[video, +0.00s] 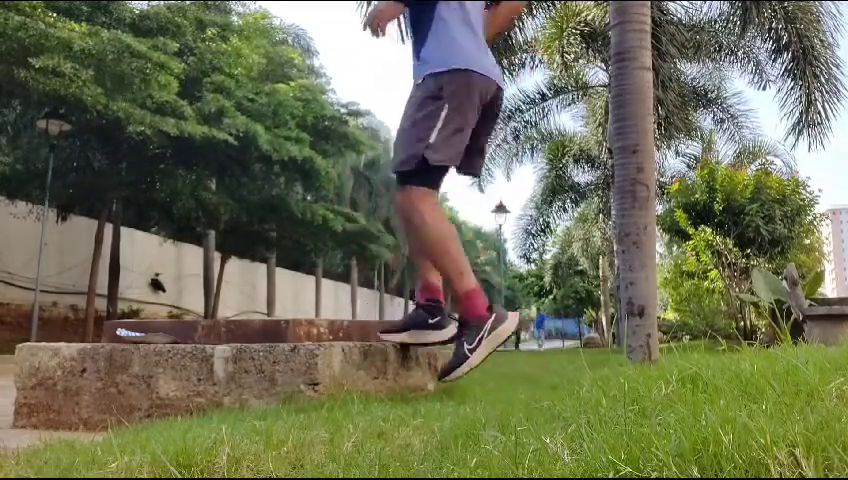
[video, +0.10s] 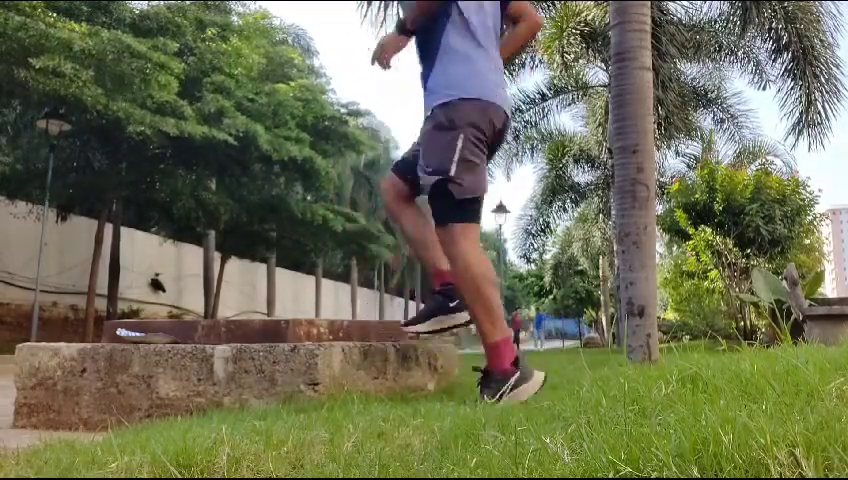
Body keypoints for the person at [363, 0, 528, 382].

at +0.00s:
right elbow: (515, 2)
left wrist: (392, 5)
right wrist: (474, 37)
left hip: (449, 66)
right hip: (487, 74)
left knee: (414, 194)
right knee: (415, 194)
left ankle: (478, 316)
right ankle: (430, 306)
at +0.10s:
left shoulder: (425, 3)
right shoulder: (492, 3)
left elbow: (430, 6)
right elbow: (531, 21)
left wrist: (401, 33)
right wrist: (489, 62)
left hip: (458, 95)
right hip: (496, 103)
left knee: (459, 239)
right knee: (395, 188)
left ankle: (505, 367)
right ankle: (446, 288)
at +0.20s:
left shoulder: (426, 2)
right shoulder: (492, 6)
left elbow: (450, 8)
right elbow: (534, 46)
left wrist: (403, 74)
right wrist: (498, 104)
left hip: (463, 127)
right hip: (496, 129)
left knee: (474, 258)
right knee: (399, 215)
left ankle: (525, 383)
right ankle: (470, 296)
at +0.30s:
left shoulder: (441, 4)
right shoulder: (498, 4)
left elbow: (464, 3)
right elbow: (535, 33)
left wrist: (409, 50)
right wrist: (493, 82)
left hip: (455, 108)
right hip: (490, 113)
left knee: (457, 245)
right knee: (423, 241)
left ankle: (517, 373)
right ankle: (499, 332)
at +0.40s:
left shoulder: (437, 4)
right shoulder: (488, 14)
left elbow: (482, 4)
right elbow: (524, 60)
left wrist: (419, 60)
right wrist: (483, 102)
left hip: (454, 121)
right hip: (503, 133)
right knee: (462, 258)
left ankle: (483, 321)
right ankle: (517, 372)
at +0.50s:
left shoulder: (434, 5)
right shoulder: (470, 15)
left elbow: (478, 8)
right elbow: (501, 71)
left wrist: (419, 77)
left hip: (454, 125)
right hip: (499, 139)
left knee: (355, 193)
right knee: (467, 266)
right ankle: (518, 376)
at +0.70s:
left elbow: (422, 2)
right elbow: (492, 23)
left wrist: (384, 34)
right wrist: (440, 49)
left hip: (428, 77)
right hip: (476, 89)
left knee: (366, 189)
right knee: (432, 214)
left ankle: (393, 308)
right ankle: (492, 321)